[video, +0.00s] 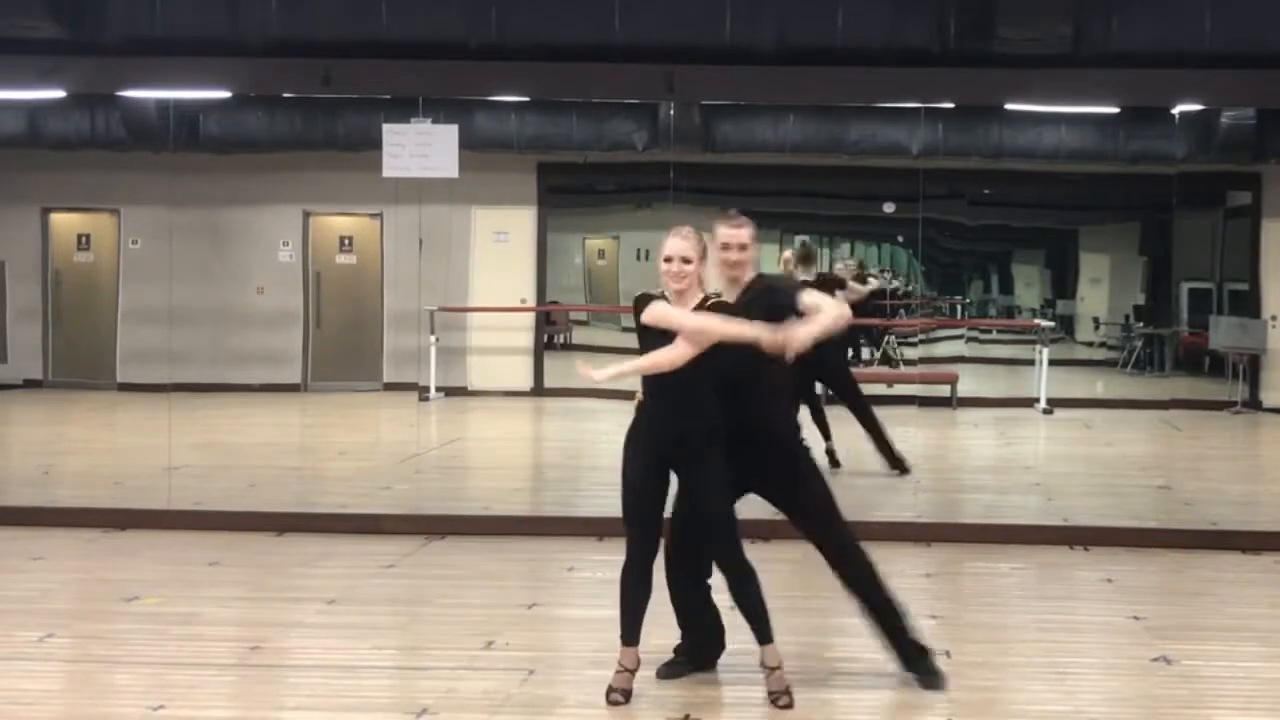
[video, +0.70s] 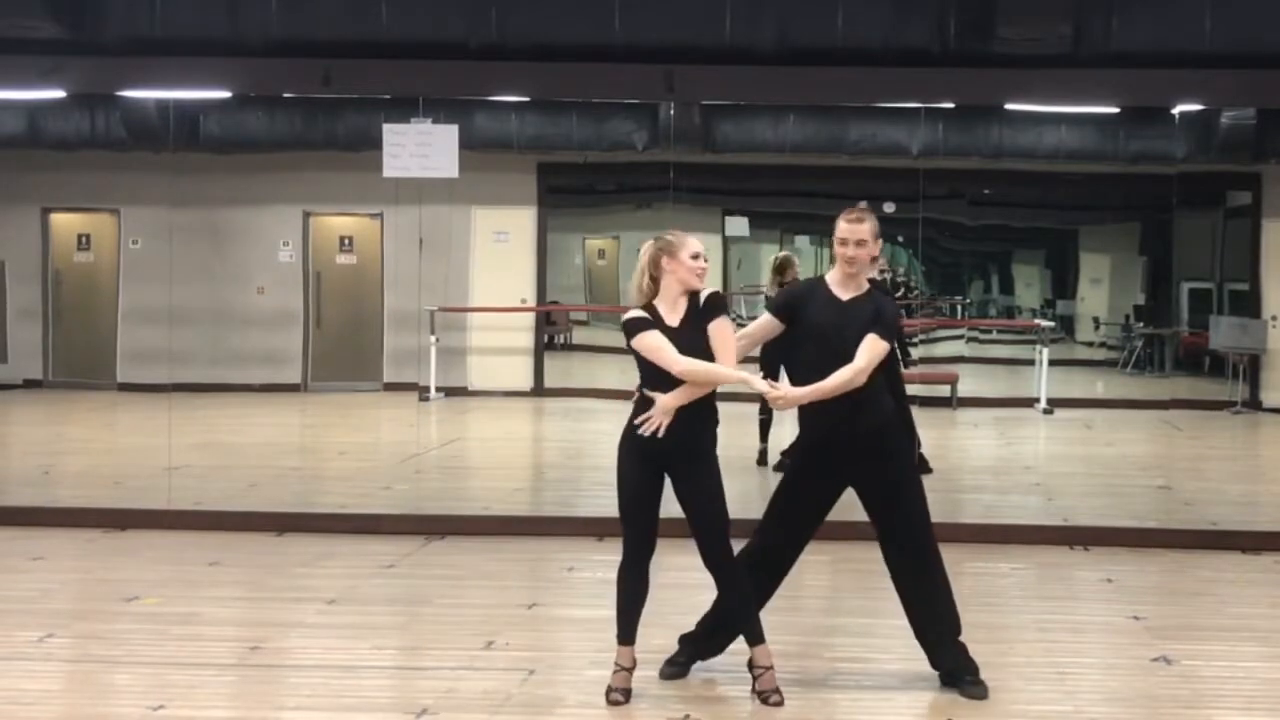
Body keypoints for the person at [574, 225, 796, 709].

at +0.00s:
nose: (676, 269)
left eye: (686, 261)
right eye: (669, 260)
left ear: (701, 265)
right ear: (658, 265)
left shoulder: (718, 312)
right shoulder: (646, 305)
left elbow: (677, 357)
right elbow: (690, 325)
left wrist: (612, 370)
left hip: (701, 444)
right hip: (648, 441)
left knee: (728, 553)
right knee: (640, 551)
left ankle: (770, 657)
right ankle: (627, 657)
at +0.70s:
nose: (704, 264)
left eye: (704, 257)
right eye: (695, 257)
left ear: (694, 268)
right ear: (664, 265)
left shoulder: (711, 304)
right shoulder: (636, 320)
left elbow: (724, 365)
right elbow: (678, 366)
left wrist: (672, 399)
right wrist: (748, 380)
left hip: (695, 443)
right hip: (642, 443)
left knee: (718, 554)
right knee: (636, 551)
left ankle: (760, 655)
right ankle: (624, 657)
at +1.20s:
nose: (680, 274)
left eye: (679, 267)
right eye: (674, 266)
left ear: (651, 270)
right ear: (646, 269)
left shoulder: (670, 318)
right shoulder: (620, 322)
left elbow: (687, 374)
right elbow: (656, 385)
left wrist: (693, 406)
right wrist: (733, 397)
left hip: (667, 450)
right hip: (621, 453)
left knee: (702, 554)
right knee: (627, 557)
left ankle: (738, 657)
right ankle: (613, 660)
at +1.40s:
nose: (680, 266)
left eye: (679, 258)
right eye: (675, 258)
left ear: (641, 262)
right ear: (652, 262)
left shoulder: (622, 309)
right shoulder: (660, 314)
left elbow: (595, 339)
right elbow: (710, 367)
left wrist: (629, 361)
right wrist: (776, 341)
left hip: (632, 440)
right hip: (640, 447)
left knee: (677, 538)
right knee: (637, 551)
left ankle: (633, 640)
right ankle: (601, 658)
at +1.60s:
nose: (690, 267)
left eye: (689, 259)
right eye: (686, 260)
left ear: (650, 264)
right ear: (664, 264)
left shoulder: (623, 314)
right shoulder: (688, 315)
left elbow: (594, 346)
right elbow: (746, 359)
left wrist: (629, 329)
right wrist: (808, 343)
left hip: (619, 440)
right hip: (668, 445)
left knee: (608, 546)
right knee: (660, 555)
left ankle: (599, 652)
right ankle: (629, 655)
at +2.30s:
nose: (657, 282)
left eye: (665, 274)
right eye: (650, 274)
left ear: (684, 279)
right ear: (642, 277)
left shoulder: (705, 322)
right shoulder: (624, 324)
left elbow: (765, 281)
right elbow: (559, 345)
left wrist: (810, 246)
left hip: (676, 448)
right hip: (625, 444)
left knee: (674, 555)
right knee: (603, 537)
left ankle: (635, 640)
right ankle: (579, 611)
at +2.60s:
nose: (659, 285)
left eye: (669, 278)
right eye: (653, 277)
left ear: (685, 283)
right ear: (644, 281)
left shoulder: (702, 329)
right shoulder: (632, 316)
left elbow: (765, 347)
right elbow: (606, 259)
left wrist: (822, 362)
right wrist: (609, 212)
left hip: (681, 451)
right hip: (632, 448)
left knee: (669, 558)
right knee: (618, 554)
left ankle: (637, 637)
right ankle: (629, 610)